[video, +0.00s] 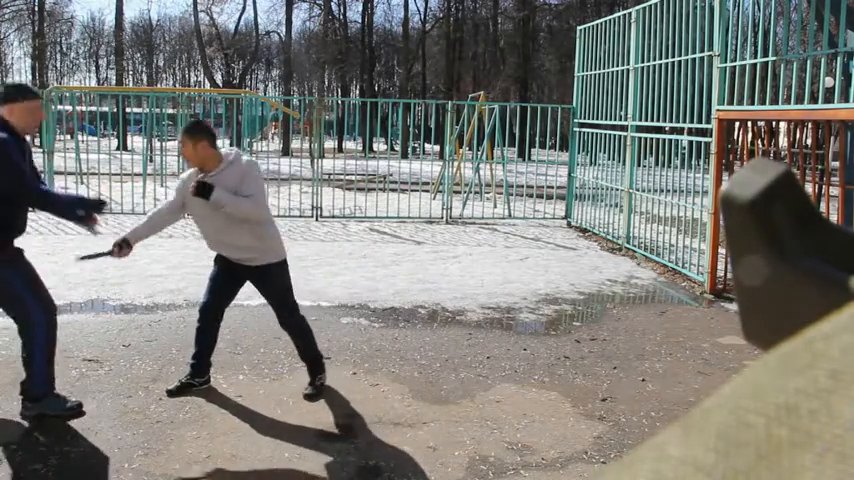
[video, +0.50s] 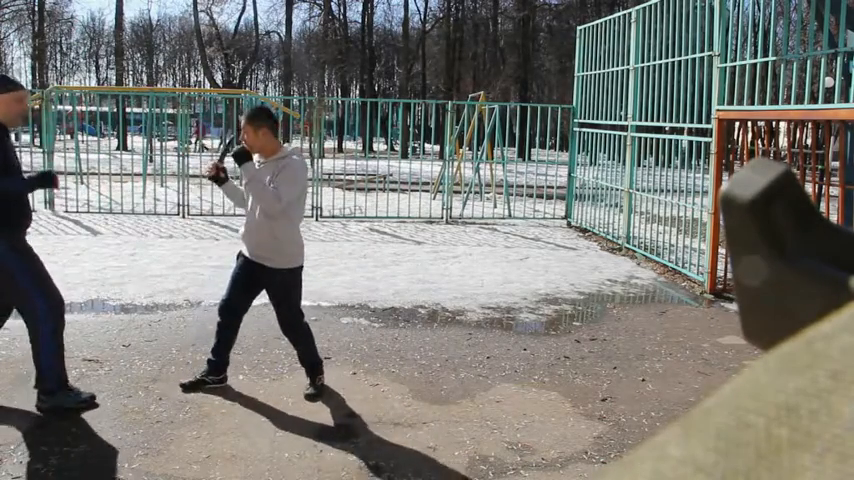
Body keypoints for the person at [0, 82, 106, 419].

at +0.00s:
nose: (41, 116)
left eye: (41, 108)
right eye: (36, 108)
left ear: (13, 109)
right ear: (12, 109)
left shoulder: (16, 143)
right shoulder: (7, 144)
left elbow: (34, 192)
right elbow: (30, 194)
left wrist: (78, 207)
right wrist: (78, 208)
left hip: (8, 250)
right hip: (4, 253)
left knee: (40, 313)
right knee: (38, 315)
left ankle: (39, 394)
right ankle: (39, 397)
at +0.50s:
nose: (25, 109)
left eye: (25, 101)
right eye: (20, 101)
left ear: (8, 103)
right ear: (1, 103)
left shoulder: (4, 138)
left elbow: (7, 188)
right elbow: (6, 190)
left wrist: (34, 182)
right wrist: (38, 182)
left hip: (11, 244)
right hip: (7, 246)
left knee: (4, 307)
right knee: (46, 306)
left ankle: (53, 389)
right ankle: (53, 391)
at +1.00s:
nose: (40, 122)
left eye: (38, 115)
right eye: (34, 116)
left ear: (11, 122)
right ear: (10, 122)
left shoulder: (16, 150)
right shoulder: (17, 153)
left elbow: (73, 154)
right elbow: (74, 154)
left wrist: (108, 119)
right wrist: (109, 117)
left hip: (12, 255)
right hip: (16, 256)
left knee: (16, 312)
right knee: (78, 301)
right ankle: (86, 383)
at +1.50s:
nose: (104, 106)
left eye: (103, 100)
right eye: (96, 101)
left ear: (100, 103)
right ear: (75, 105)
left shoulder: (100, 131)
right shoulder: (63, 133)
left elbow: (143, 139)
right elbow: (108, 136)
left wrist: (140, 101)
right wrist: (128, 97)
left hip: (90, 235)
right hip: (64, 236)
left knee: (117, 296)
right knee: (101, 305)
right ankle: (98, 376)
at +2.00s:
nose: (144, 110)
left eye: (150, 104)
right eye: (138, 105)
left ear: (166, 101)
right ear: (133, 107)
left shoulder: (185, 125)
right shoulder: (132, 135)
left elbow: (181, 121)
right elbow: (120, 180)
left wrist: (129, 118)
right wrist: (116, 134)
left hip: (188, 227)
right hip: (151, 229)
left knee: (208, 292)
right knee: (144, 297)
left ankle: (212, 355)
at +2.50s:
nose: (150, 124)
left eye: (152, 118)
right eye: (149, 119)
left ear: (171, 115)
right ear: (174, 116)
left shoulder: (180, 137)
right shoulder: (186, 132)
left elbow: (134, 177)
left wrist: (141, 151)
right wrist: (151, 149)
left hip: (201, 235)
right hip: (186, 231)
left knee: (167, 286)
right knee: (172, 288)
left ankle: (161, 356)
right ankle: (200, 350)